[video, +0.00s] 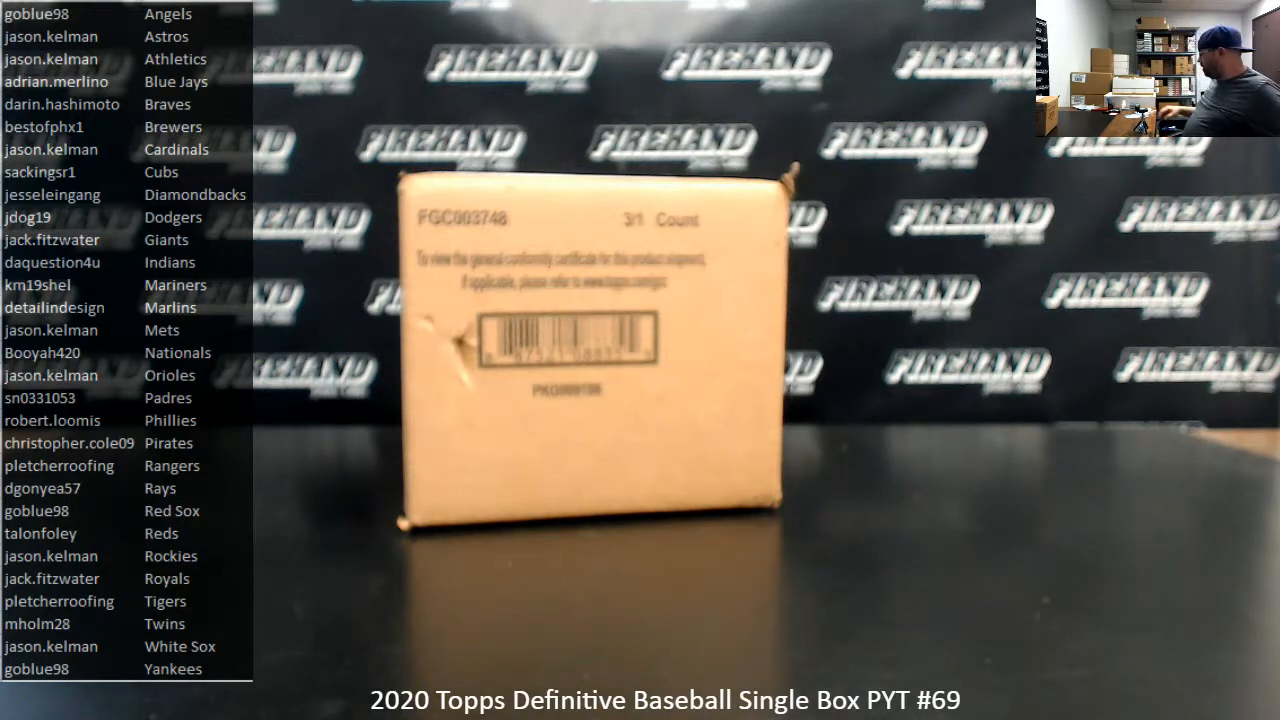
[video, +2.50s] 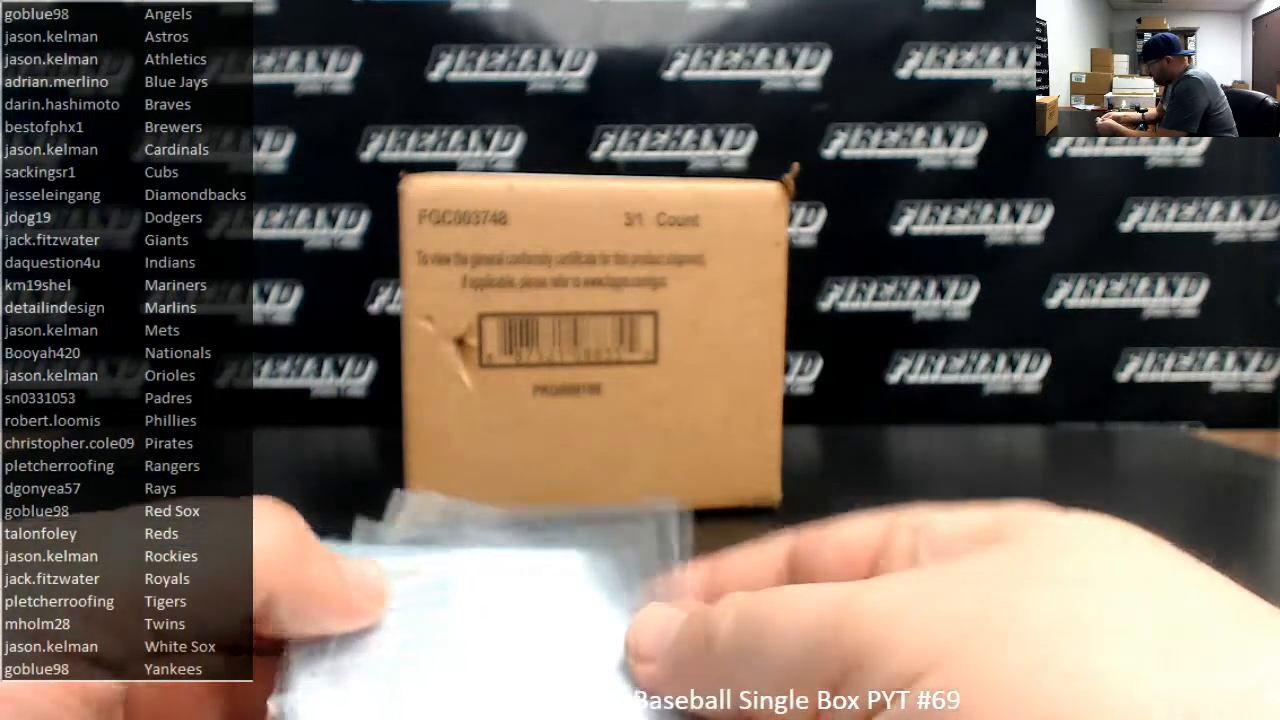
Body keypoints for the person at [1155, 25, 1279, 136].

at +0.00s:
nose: (1199, 60)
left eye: (1201, 54)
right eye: (1199, 55)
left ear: (1219, 52)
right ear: (1220, 53)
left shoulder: (1261, 91)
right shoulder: (1219, 84)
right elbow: (1214, 116)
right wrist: (1181, 111)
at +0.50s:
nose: (1164, 66)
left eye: (1165, 59)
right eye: (1163, 60)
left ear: (1179, 57)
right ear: (1180, 57)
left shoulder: (1222, 83)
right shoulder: (1192, 83)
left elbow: (1258, 137)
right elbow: (1181, 108)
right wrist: (1150, 104)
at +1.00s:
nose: (1152, 71)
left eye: (1152, 64)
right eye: (1150, 66)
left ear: (1167, 59)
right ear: (1168, 60)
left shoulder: (1205, 84)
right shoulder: (1181, 80)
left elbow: (1202, 149)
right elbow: (1177, 109)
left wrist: (1139, 133)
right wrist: (1142, 104)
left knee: (1119, 127)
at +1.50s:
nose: (1153, 69)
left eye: (1155, 61)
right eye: (1152, 62)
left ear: (1173, 58)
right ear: (1174, 58)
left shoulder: (1194, 84)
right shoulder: (1180, 80)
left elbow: (1164, 142)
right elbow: (1160, 114)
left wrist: (1118, 130)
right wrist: (1125, 117)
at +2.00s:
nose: (1148, 72)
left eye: (1149, 66)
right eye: (1147, 67)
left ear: (1166, 60)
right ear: (1167, 60)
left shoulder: (1191, 84)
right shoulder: (1176, 80)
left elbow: (1165, 142)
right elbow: (1160, 112)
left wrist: (1117, 131)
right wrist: (1127, 117)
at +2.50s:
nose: (1148, 73)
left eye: (1150, 66)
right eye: (1147, 67)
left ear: (1167, 60)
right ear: (1168, 60)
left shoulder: (1191, 84)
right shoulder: (1177, 80)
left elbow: (1166, 142)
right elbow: (1159, 112)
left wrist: (1117, 130)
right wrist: (1127, 117)